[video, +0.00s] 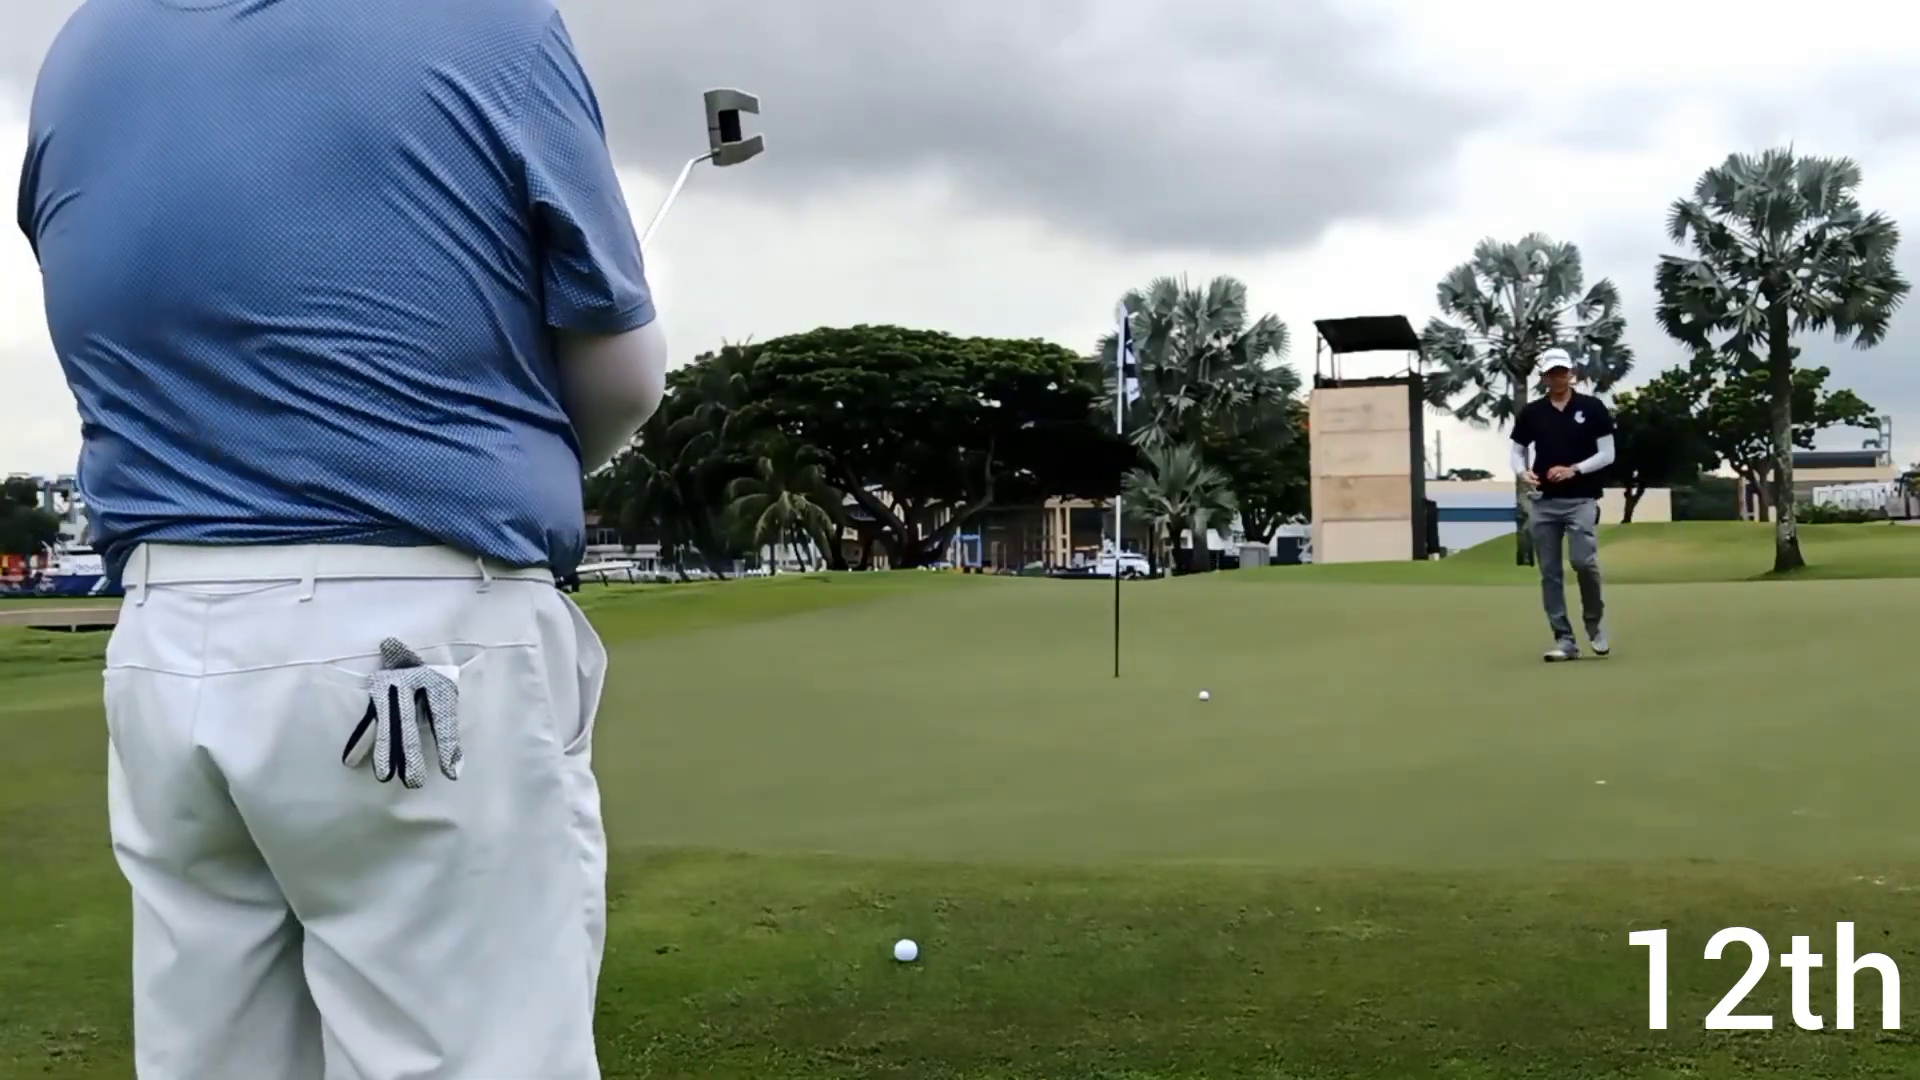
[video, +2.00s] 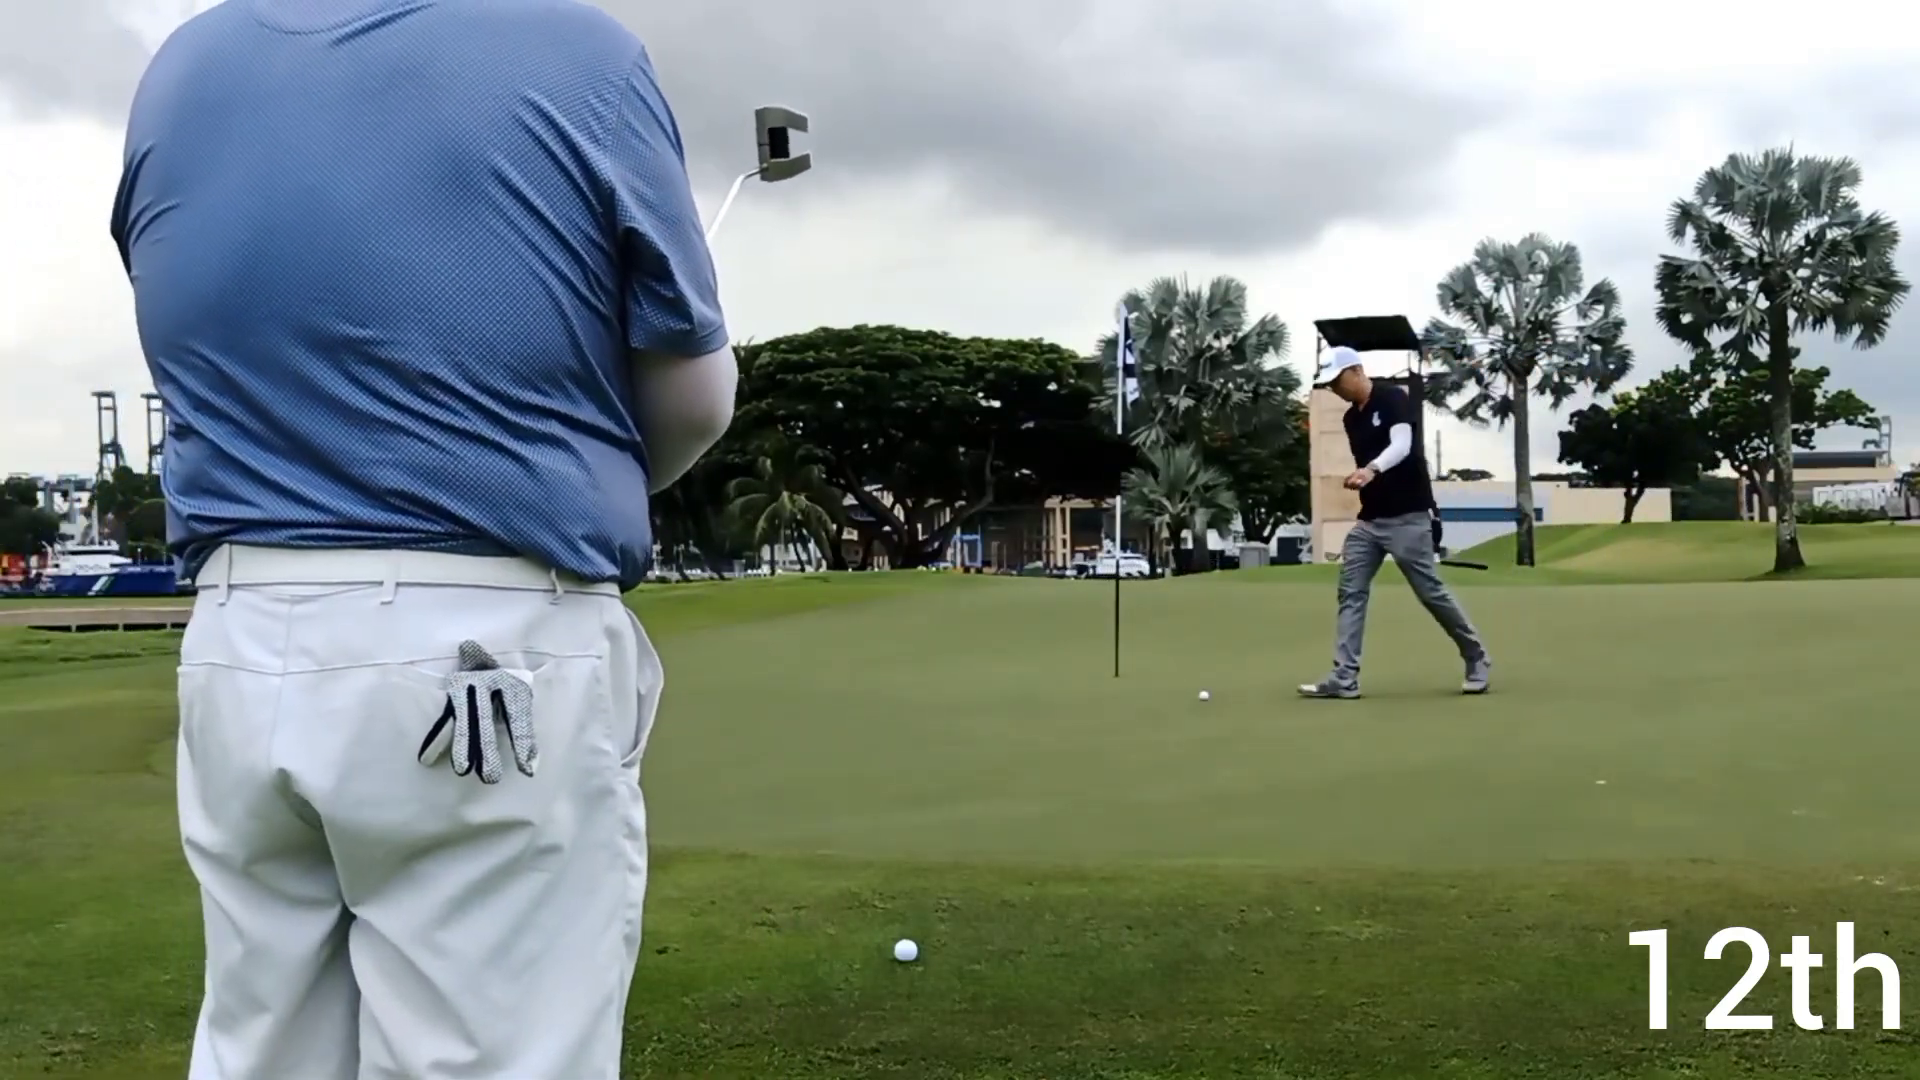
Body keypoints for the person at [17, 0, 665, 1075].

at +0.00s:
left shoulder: (89, 38)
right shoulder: (499, 25)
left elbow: (93, 314)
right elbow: (620, 373)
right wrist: (515, 456)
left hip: (170, 620)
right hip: (431, 620)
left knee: (207, 1063)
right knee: (469, 1057)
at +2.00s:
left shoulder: (187, 57)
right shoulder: (582, 46)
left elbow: (183, 331)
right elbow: (691, 393)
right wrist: (565, 494)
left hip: (245, 616)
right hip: (501, 621)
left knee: (257, 1058)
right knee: (503, 1058)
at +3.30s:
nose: (452, 129)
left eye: (456, 112)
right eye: (455, 108)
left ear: (310, 80)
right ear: (424, 88)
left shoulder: (188, 213)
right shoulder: (492, 205)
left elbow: (130, 460)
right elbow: (590, 412)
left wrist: (208, 586)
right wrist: (589, 602)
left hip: (249, 594)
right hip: (446, 593)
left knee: (273, 950)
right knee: (447, 894)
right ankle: (425, 1079)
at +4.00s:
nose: (542, 207)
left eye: (548, 191)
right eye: (547, 187)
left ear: (433, 148)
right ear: (518, 164)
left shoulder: (309, 248)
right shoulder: (546, 266)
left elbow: (209, 379)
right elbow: (601, 435)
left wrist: (164, 532)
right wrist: (600, 594)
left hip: (337, 554)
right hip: (479, 560)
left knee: (361, 794)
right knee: (433, 841)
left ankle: (376, 984)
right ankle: (395, 1070)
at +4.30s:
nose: (558, 221)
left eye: (563, 205)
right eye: (559, 199)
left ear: (472, 165)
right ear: (523, 172)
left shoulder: (365, 249)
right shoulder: (528, 254)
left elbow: (324, 382)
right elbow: (554, 389)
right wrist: (579, 547)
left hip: (351, 524)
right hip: (468, 529)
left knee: (400, 774)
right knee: (499, 774)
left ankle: (402, 988)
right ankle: (414, 992)